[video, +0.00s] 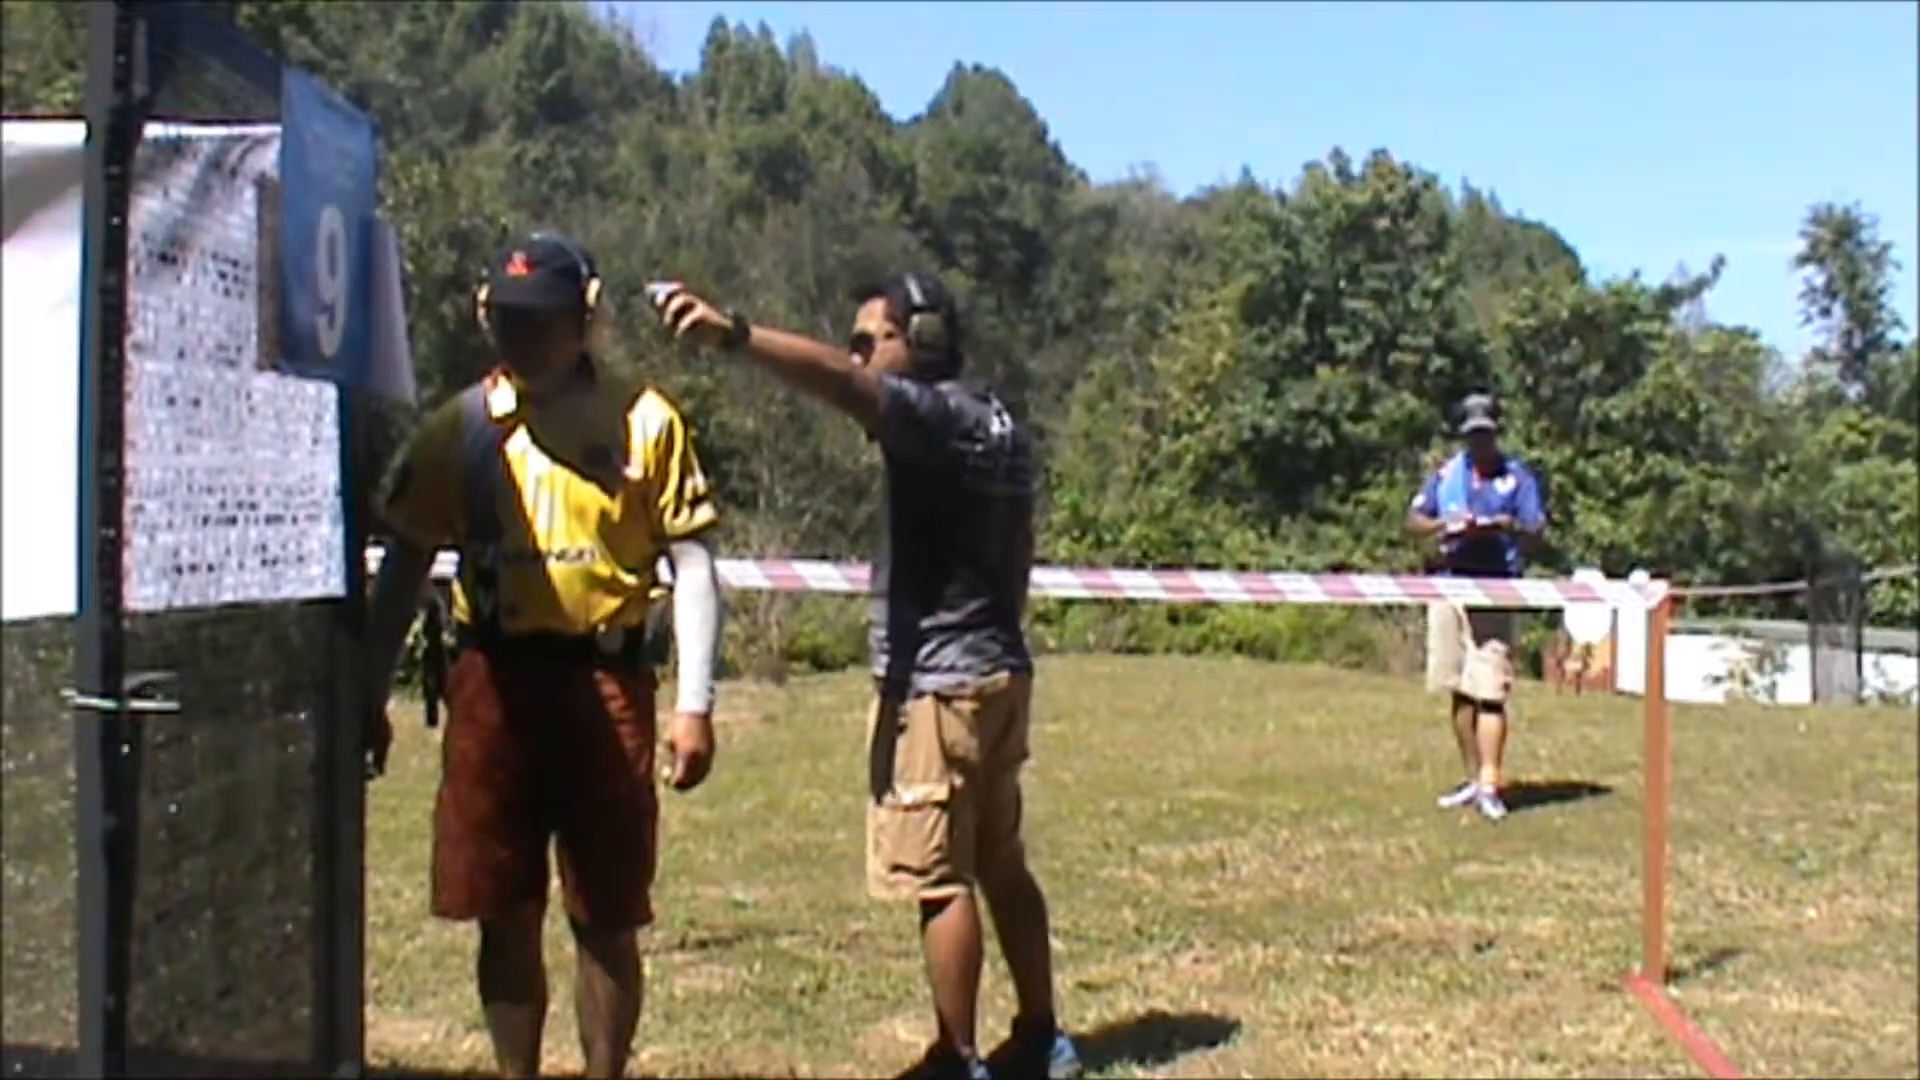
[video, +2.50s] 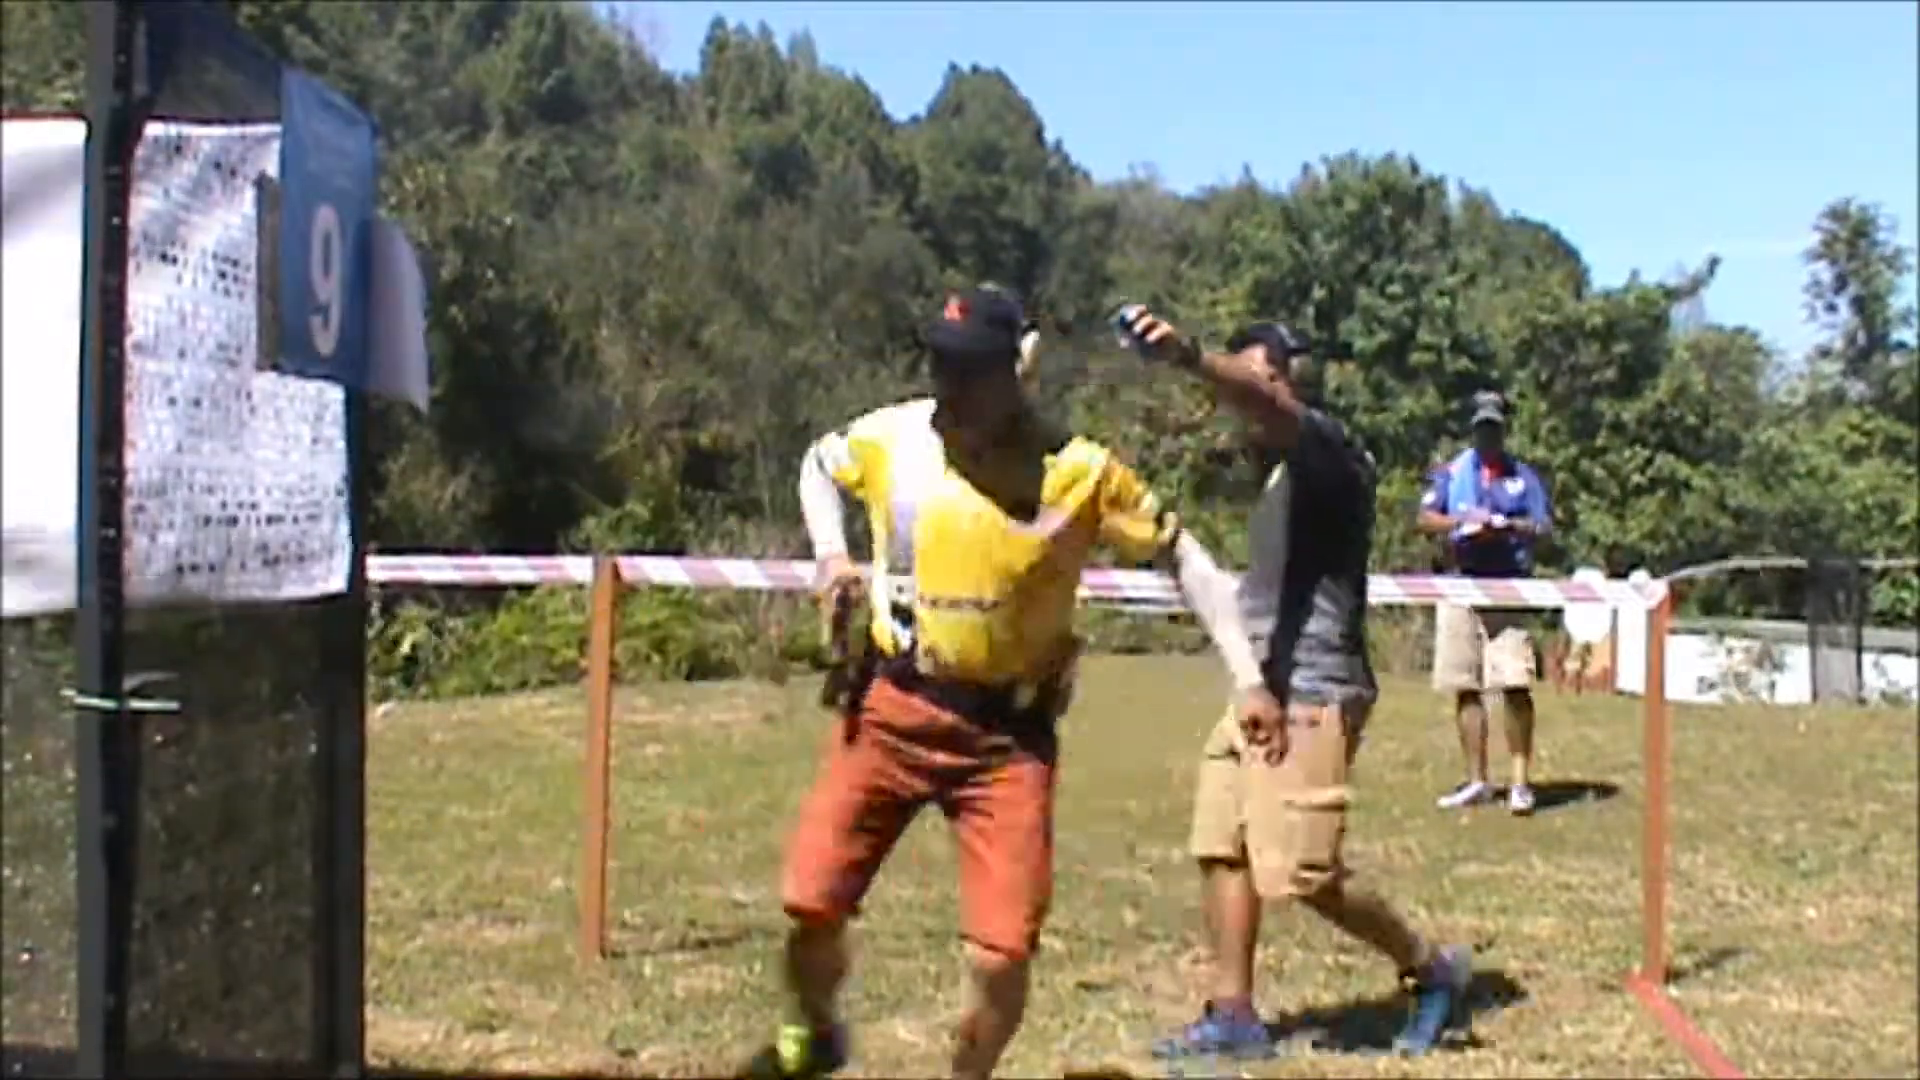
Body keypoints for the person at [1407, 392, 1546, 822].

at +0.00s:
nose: (1481, 442)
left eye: (1487, 433)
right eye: (1473, 435)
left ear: (1498, 434)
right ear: (1461, 436)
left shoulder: (1518, 477)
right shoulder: (1447, 473)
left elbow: (1536, 535)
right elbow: (1415, 519)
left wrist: (1506, 525)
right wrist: (1445, 526)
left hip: (1495, 589)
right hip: (1450, 588)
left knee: (1491, 690)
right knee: (1459, 689)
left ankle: (1489, 782)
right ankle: (1472, 775)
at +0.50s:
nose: (1482, 443)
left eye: (1488, 435)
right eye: (1474, 436)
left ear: (1501, 436)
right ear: (1463, 437)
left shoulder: (1520, 479)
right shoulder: (1447, 474)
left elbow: (1537, 535)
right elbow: (1415, 512)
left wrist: (1506, 526)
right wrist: (1444, 522)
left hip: (1494, 589)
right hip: (1450, 588)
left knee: (1490, 690)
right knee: (1459, 689)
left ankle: (1489, 783)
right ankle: (1471, 776)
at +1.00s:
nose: (1481, 443)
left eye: (1487, 435)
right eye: (1474, 436)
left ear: (1499, 436)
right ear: (1464, 437)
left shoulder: (1519, 477)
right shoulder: (1450, 472)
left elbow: (1539, 538)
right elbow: (1417, 514)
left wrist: (1508, 526)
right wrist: (1448, 520)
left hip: (1495, 589)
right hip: (1450, 588)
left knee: (1490, 691)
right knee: (1459, 690)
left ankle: (1489, 782)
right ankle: (1471, 776)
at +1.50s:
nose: (1479, 444)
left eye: (1486, 435)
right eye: (1472, 436)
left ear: (1498, 436)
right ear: (1463, 439)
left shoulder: (1520, 479)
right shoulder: (1448, 472)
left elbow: (1540, 538)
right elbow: (1415, 515)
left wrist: (1508, 526)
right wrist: (1447, 520)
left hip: (1495, 589)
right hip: (1450, 588)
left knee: (1490, 690)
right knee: (1459, 689)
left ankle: (1489, 783)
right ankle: (1471, 776)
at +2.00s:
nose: (1482, 443)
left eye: (1488, 435)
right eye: (1475, 436)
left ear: (1500, 435)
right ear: (1464, 437)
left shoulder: (1519, 478)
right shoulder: (1449, 472)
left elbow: (1541, 533)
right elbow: (1413, 514)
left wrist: (1508, 525)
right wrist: (1449, 519)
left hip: (1494, 589)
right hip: (1449, 588)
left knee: (1490, 690)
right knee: (1459, 689)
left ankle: (1489, 783)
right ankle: (1471, 776)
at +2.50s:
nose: (1488, 437)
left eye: (1495, 428)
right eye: (1481, 429)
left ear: (1506, 431)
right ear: (1471, 431)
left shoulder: (1524, 477)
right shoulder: (1452, 473)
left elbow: (1543, 527)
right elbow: (1426, 517)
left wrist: (1506, 525)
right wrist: (1463, 525)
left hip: (1508, 587)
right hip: (1461, 587)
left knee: (1515, 684)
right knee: (1466, 688)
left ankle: (1520, 778)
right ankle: (1477, 778)